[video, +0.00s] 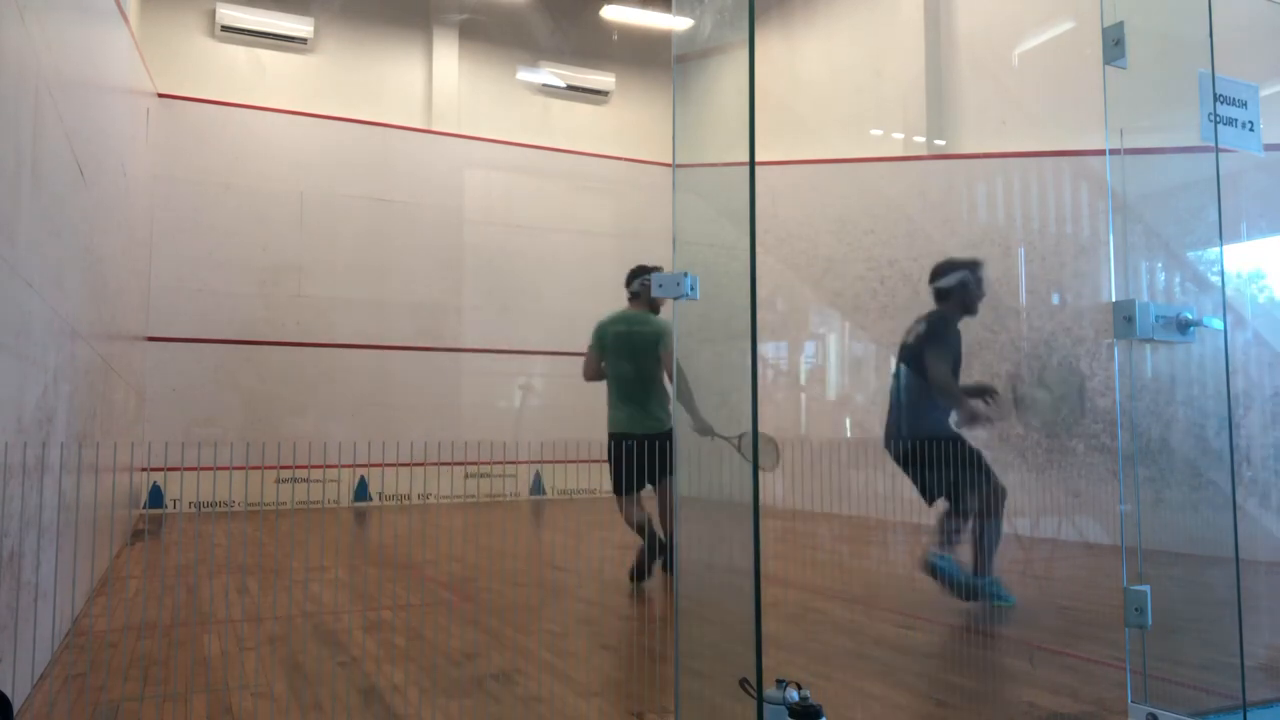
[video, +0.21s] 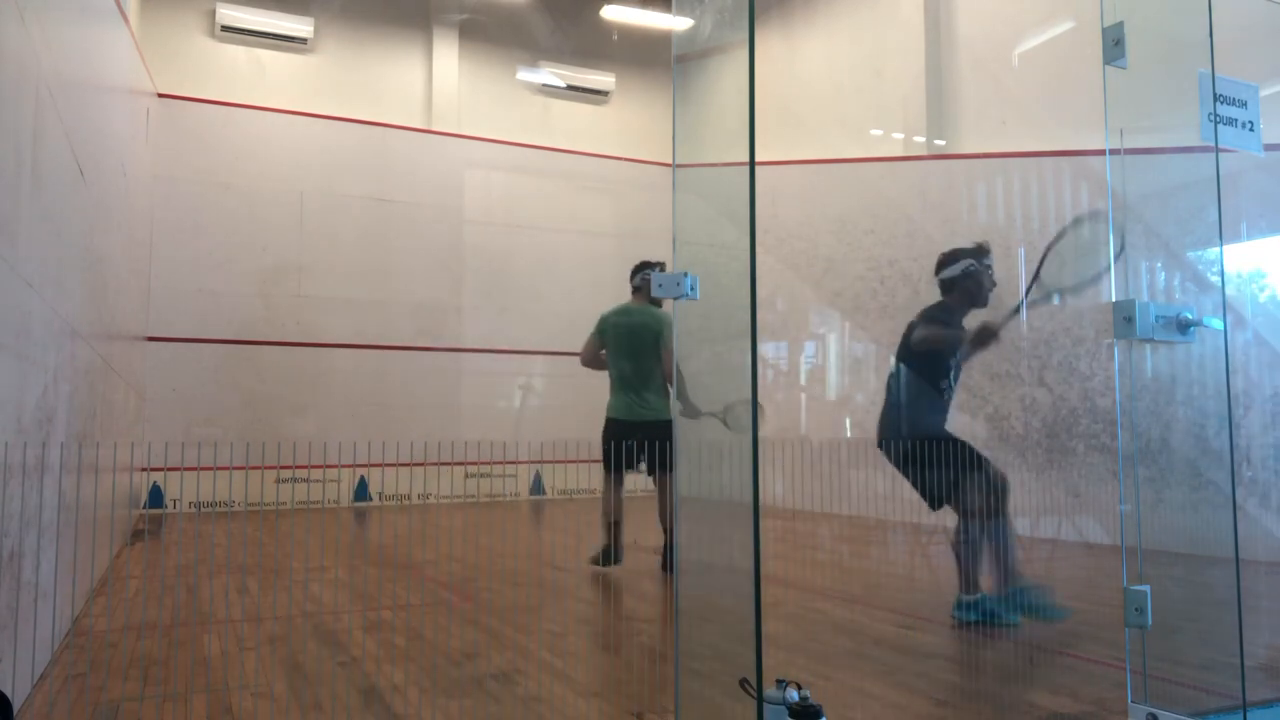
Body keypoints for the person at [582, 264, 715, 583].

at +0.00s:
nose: (665, 300)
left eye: (665, 293)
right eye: (662, 293)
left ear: (631, 293)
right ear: (649, 293)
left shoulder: (606, 326)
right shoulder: (660, 328)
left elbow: (590, 373)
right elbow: (675, 376)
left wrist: (621, 369)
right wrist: (697, 417)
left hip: (622, 428)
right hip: (658, 427)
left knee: (627, 500)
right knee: (665, 490)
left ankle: (651, 539)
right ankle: (668, 554)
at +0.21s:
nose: (666, 293)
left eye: (665, 287)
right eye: (664, 287)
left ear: (632, 287)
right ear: (656, 287)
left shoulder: (610, 318)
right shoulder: (662, 320)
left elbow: (588, 358)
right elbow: (669, 371)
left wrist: (617, 364)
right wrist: (686, 401)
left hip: (619, 419)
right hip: (656, 419)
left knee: (612, 482)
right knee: (666, 484)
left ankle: (612, 547)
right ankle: (671, 549)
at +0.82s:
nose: (667, 293)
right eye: (667, 287)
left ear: (640, 286)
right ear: (666, 289)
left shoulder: (618, 318)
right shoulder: (668, 322)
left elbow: (587, 348)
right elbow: (670, 373)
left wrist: (605, 383)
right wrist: (695, 376)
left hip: (625, 416)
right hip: (662, 416)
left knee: (606, 478)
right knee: (684, 474)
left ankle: (596, 544)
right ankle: (688, 543)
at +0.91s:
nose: (675, 304)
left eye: (672, 298)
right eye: (675, 299)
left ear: (651, 299)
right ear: (674, 300)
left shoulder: (629, 331)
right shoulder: (679, 335)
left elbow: (596, 361)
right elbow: (685, 383)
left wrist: (607, 400)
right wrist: (696, 417)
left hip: (635, 426)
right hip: (672, 427)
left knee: (615, 485)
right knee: (708, 484)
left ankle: (597, 551)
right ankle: (730, 549)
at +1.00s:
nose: (695, 323)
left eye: (688, 317)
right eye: (694, 319)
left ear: (671, 318)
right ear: (695, 319)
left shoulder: (649, 351)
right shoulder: (694, 352)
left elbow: (621, 387)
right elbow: (700, 396)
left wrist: (637, 416)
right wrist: (719, 430)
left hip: (648, 441)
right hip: (685, 443)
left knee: (622, 491)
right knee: (734, 486)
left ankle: (596, 551)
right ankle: (758, 548)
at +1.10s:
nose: (706, 325)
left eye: (708, 320)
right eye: (708, 320)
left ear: (708, 320)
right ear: (732, 321)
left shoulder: (689, 352)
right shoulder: (741, 352)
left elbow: (667, 384)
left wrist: (657, 391)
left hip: (681, 439)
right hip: (726, 440)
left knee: (642, 493)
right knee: (761, 488)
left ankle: (599, 550)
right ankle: (764, 549)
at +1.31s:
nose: (734, 271)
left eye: (733, 264)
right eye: (734, 263)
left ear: (721, 265)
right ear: (755, 262)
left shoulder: (704, 307)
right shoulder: (776, 308)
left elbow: (676, 360)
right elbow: (798, 368)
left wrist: (668, 407)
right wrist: (811, 417)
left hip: (715, 423)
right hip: (762, 422)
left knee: (709, 506)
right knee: (753, 505)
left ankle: (713, 589)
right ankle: (744, 585)